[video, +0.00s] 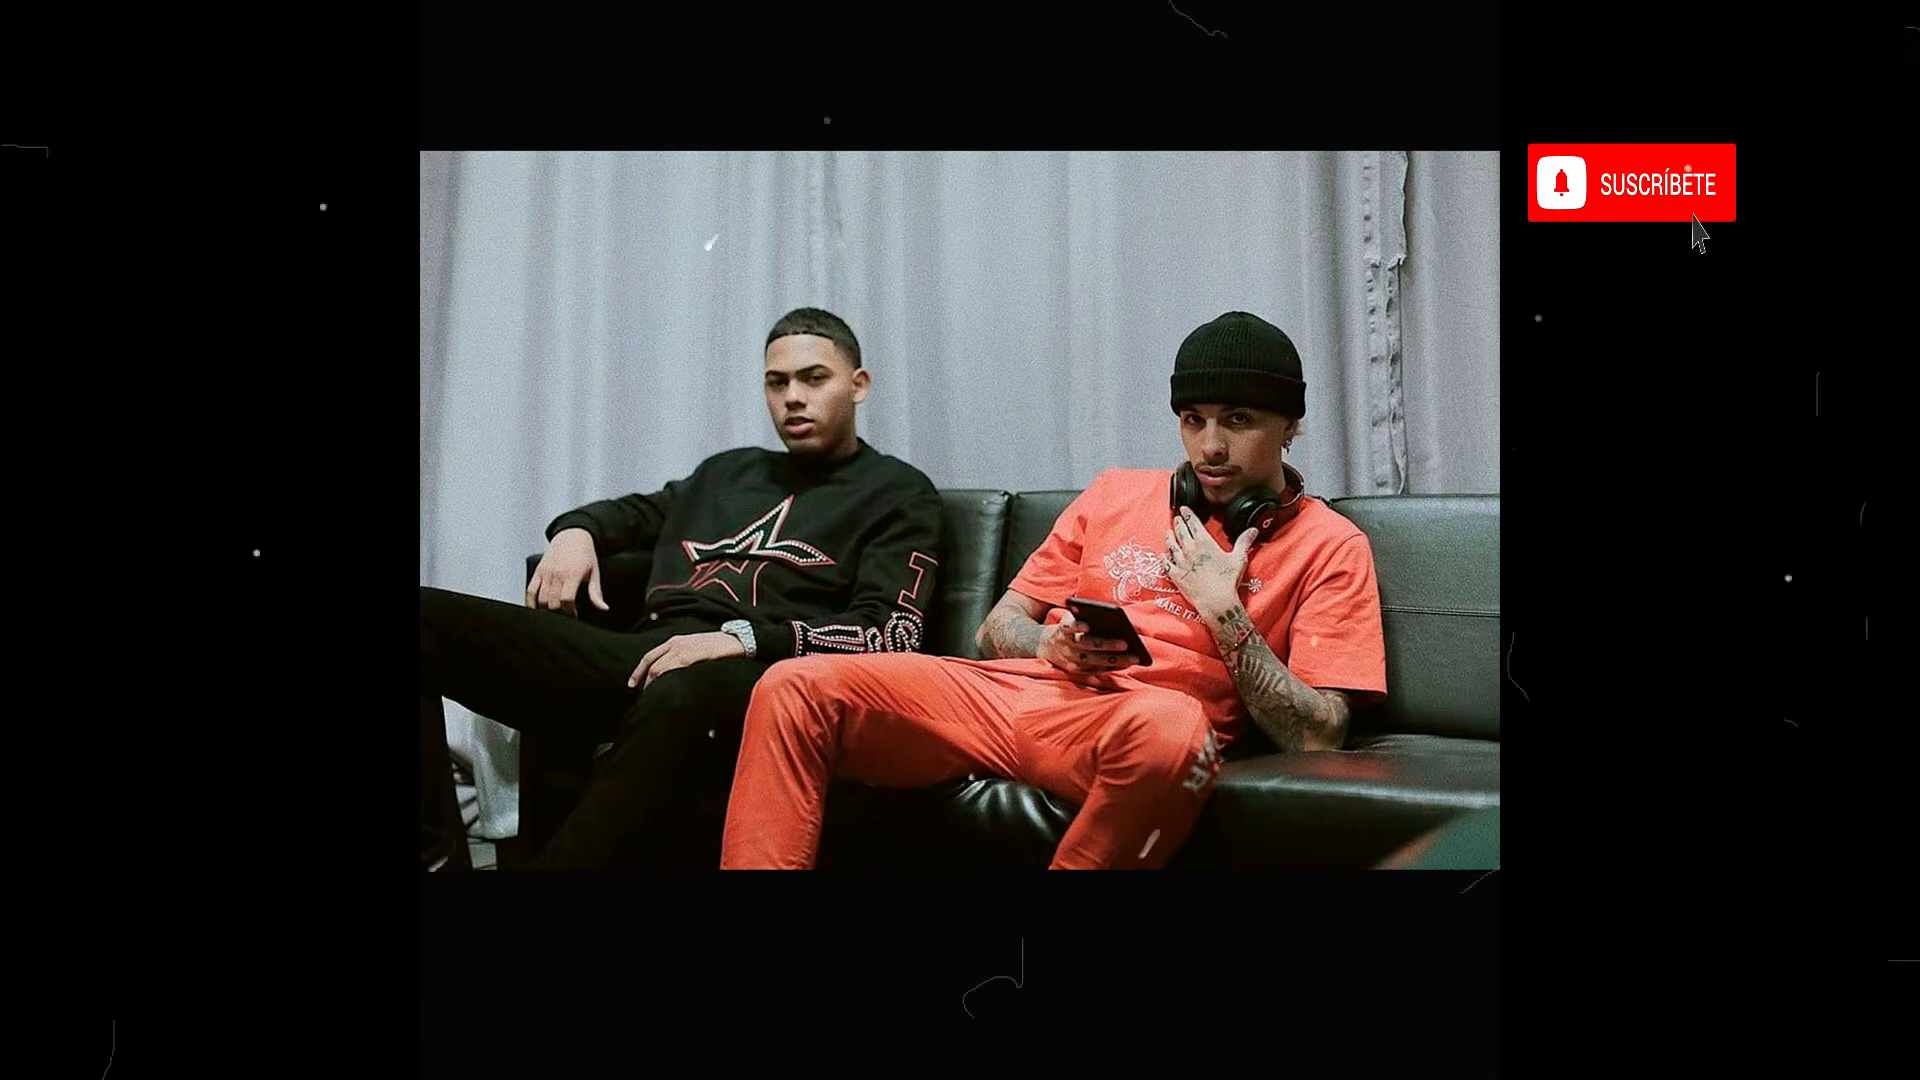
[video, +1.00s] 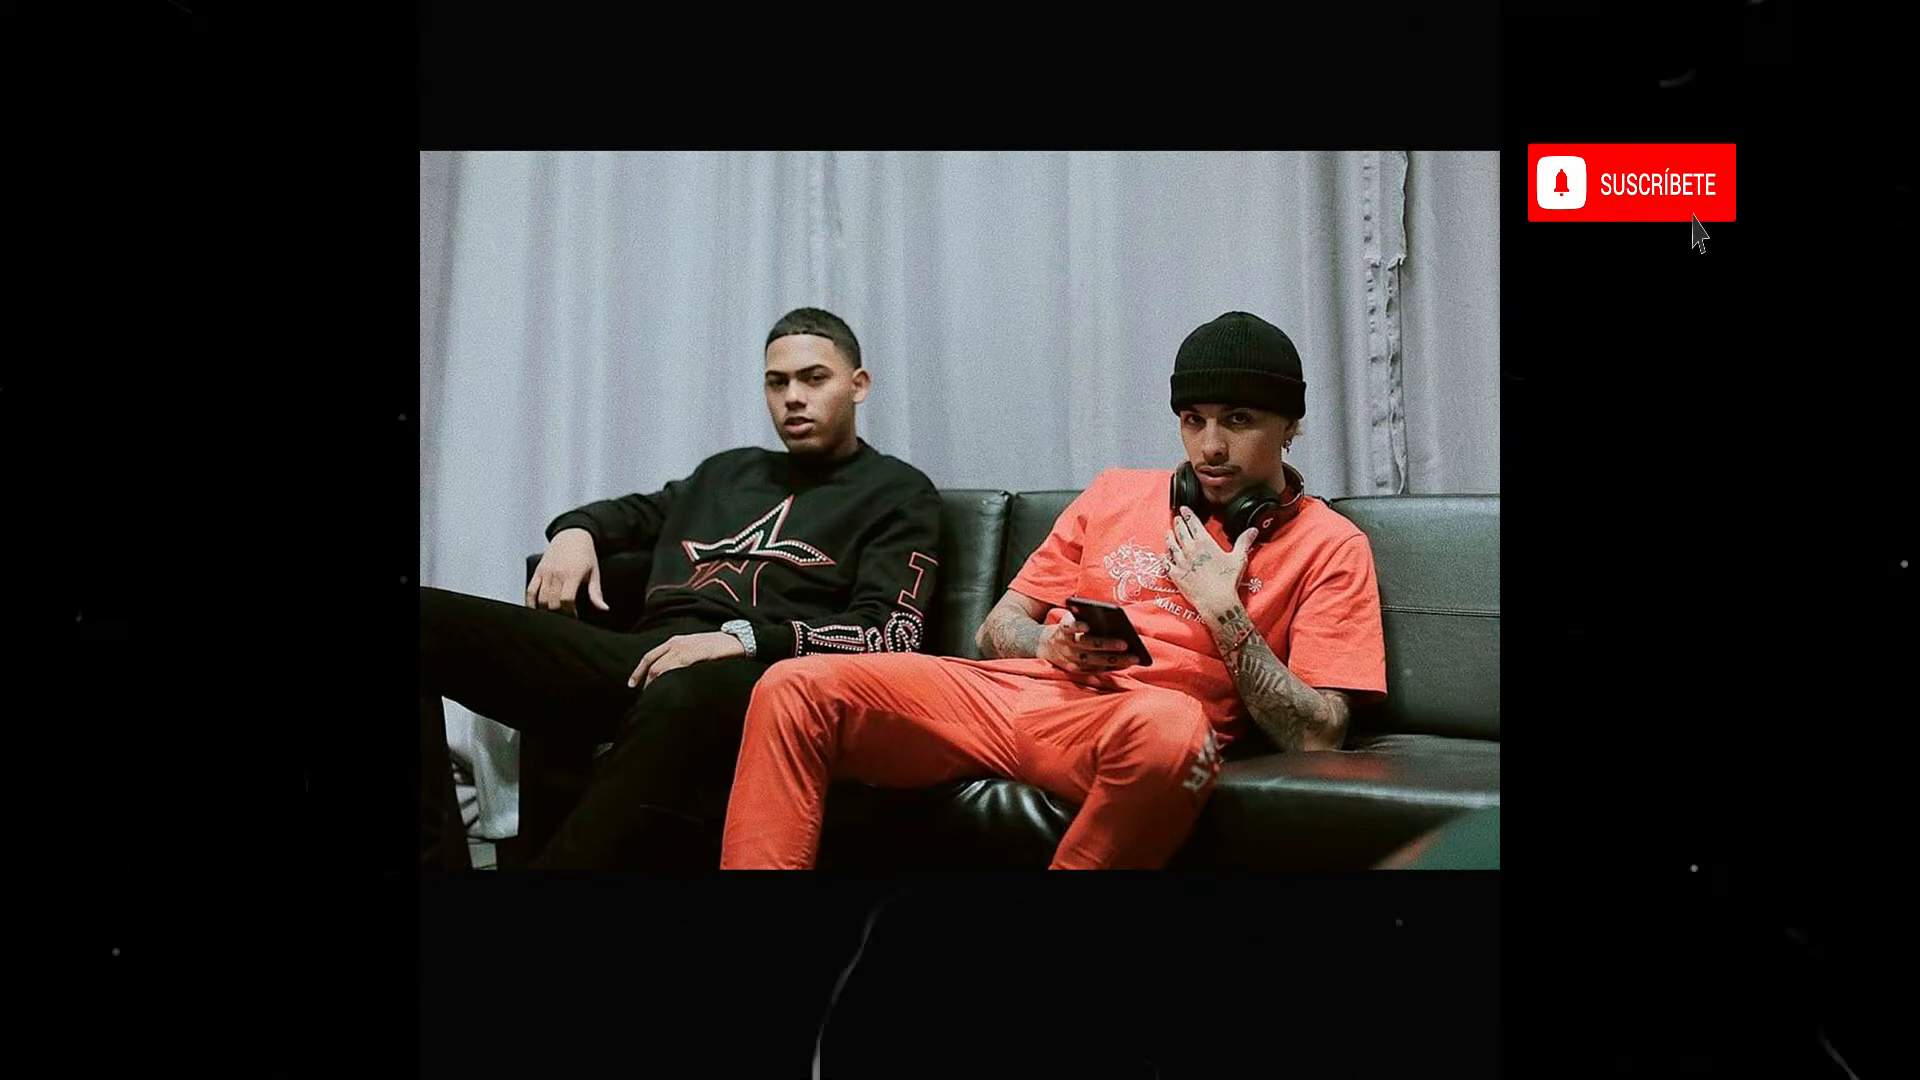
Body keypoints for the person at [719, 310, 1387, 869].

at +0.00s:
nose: (1210, 445)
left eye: (1238, 421)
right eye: (1196, 419)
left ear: (1289, 429)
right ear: (1179, 422)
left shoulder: (1328, 546)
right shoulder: (1118, 492)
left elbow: (1318, 734)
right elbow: (999, 626)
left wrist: (1226, 614)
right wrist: (1050, 647)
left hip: (1130, 709)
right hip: (1013, 685)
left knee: (1171, 746)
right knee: (792, 693)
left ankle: (1036, 960)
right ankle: (758, 925)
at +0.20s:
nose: (1210, 445)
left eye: (1238, 421)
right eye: (1196, 419)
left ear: (1289, 429)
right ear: (1179, 422)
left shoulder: (1328, 546)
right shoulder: (1118, 492)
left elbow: (1318, 734)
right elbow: (999, 626)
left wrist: (1226, 614)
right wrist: (1050, 647)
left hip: (1132, 708)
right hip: (1014, 685)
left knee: (1170, 747)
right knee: (792, 693)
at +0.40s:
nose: (1210, 445)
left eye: (1238, 422)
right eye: (1196, 419)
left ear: (1289, 429)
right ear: (1179, 422)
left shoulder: (1328, 546)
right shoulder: (1118, 492)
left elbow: (1318, 734)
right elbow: (1000, 624)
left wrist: (1227, 614)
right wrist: (1045, 648)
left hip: (1132, 708)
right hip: (1014, 686)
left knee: (1170, 747)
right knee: (792, 694)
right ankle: (756, 942)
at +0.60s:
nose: (1210, 445)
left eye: (1238, 421)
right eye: (1195, 419)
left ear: (1288, 429)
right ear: (1179, 422)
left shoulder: (1329, 546)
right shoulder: (1117, 493)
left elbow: (1318, 735)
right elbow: (999, 625)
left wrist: (1227, 615)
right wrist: (1052, 647)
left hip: (1130, 708)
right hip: (1013, 685)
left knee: (1171, 744)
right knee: (791, 693)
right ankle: (759, 894)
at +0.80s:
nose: (1210, 445)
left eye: (1238, 421)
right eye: (1196, 419)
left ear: (1289, 429)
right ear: (1179, 422)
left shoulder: (1328, 546)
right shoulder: (1118, 492)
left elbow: (1318, 734)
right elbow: (1002, 622)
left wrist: (1227, 614)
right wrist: (1049, 647)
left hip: (1132, 708)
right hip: (1014, 686)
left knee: (1170, 747)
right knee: (792, 694)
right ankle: (759, 912)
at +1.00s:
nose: (1210, 445)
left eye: (1238, 421)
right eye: (1196, 419)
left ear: (1289, 429)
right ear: (1179, 422)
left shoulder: (1328, 546)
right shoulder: (1118, 493)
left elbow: (1318, 734)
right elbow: (999, 626)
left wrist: (1226, 614)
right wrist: (1050, 646)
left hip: (1132, 708)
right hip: (1013, 685)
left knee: (1170, 747)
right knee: (792, 693)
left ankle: (1047, 951)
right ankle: (756, 951)